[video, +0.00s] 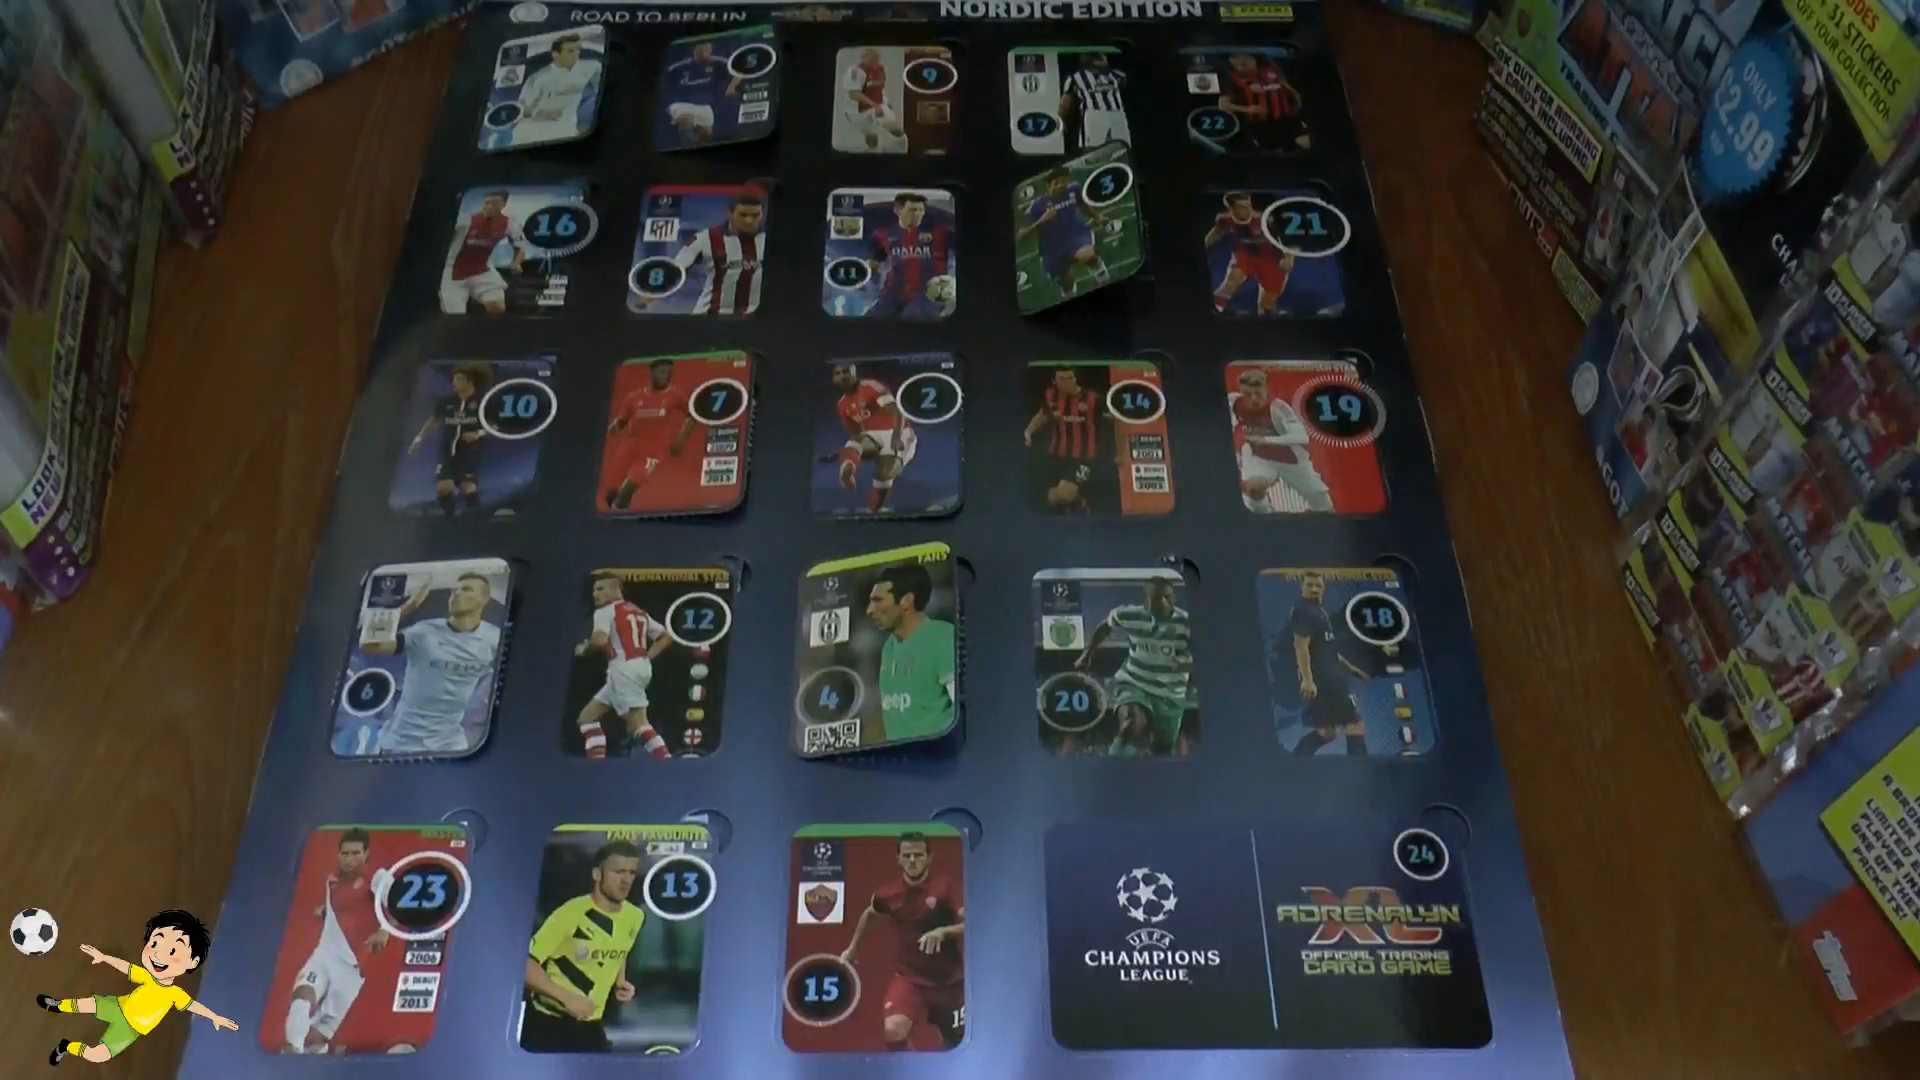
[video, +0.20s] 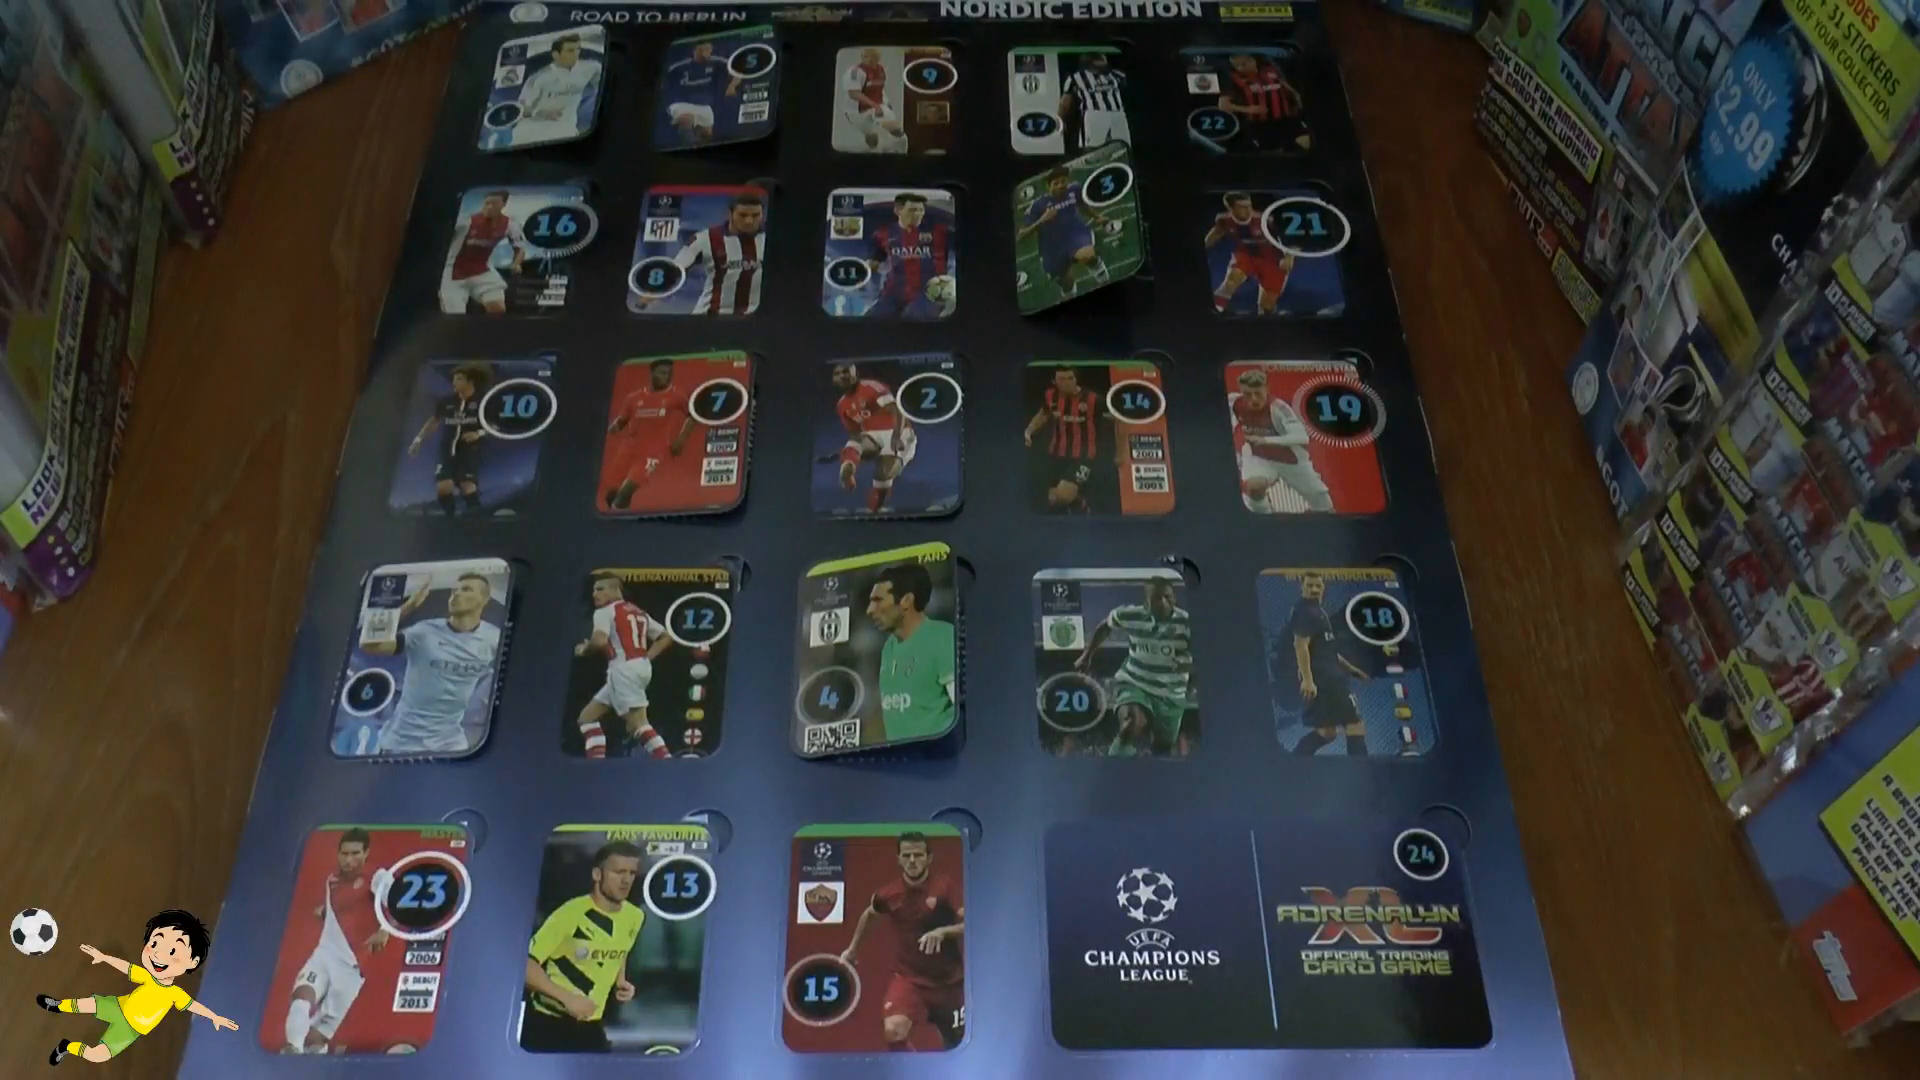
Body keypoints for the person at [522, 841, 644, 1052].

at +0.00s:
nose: (626, 880)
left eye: (631, 873)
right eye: (619, 872)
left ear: (635, 877)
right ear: (597, 875)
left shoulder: (634, 917)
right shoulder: (571, 912)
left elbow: (620, 954)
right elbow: (526, 964)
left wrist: (620, 980)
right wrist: (567, 998)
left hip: (590, 1028)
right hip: (546, 1025)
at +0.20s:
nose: (627, 880)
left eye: (631, 874)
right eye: (619, 872)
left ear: (636, 877)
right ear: (597, 875)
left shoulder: (634, 917)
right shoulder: (572, 912)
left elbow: (621, 954)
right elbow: (526, 964)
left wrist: (620, 980)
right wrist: (566, 997)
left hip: (590, 1028)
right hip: (546, 1025)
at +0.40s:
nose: (626, 880)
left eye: (631, 873)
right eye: (619, 872)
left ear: (635, 876)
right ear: (597, 874)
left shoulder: (634, 917)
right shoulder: (571, 912)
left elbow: (620, 954)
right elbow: (526, 964)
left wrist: (620, 980)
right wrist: (566, 997)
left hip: (590, 1028)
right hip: (546, 1025)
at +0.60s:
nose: (626, 880)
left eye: (631, 873)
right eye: (619, 872)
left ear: (635, 876)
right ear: (597, 874)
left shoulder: (634, 917)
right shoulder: (571, 912)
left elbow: (620, 953)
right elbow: (525, 964)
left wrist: (620, 980)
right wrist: (566, 997)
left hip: (590, 1028)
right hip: (546, 1025)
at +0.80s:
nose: (626, 880)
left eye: (631, 874)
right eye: (618, 872)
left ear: (635, 877)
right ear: (597, 875)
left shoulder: (634, 917)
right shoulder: (571, 912)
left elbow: (620, 954)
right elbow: (525, 964)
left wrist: (620, 980)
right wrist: (566, 997)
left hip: (590, 1028)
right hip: (545, 1025)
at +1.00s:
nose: (627, 883)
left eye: (632, 876)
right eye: (619, 874)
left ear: (636, 879)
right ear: (597, 877)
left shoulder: (634, 920)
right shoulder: (572, 915)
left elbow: (620, 956)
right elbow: (525, 967)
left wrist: (620, 983)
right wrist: (566, 1000)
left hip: (590, 1031)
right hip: (546, 1028)